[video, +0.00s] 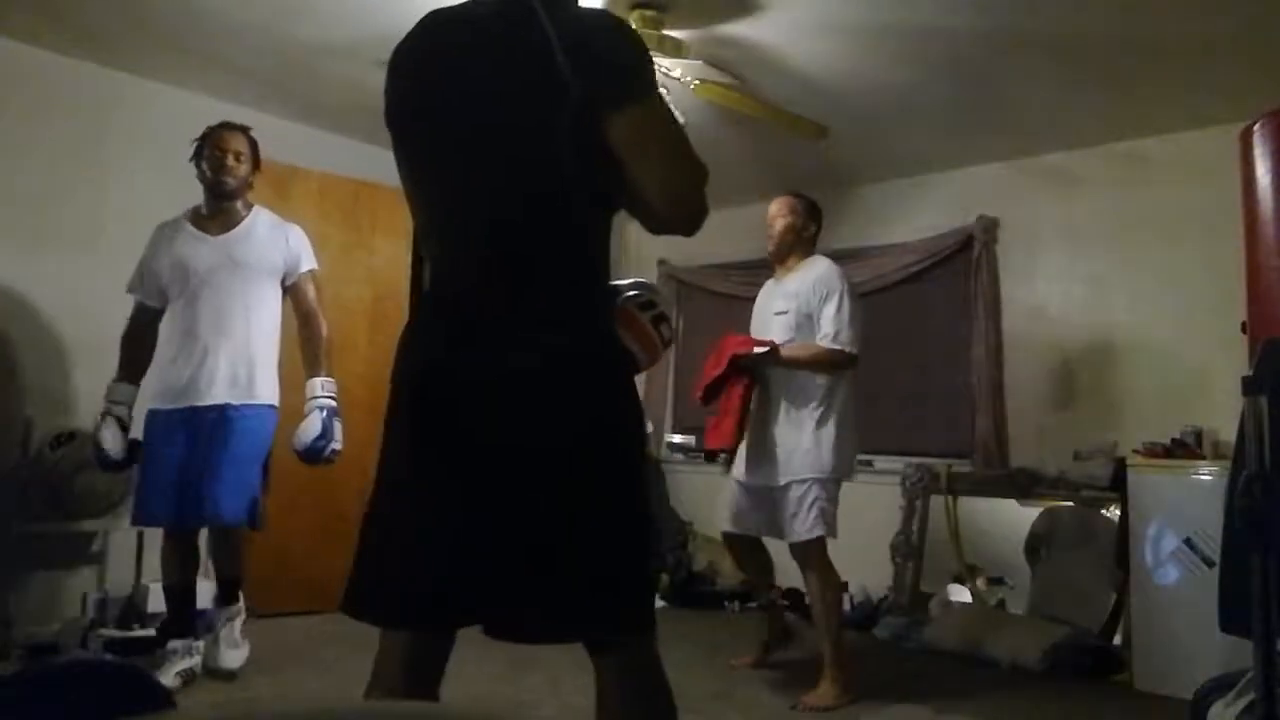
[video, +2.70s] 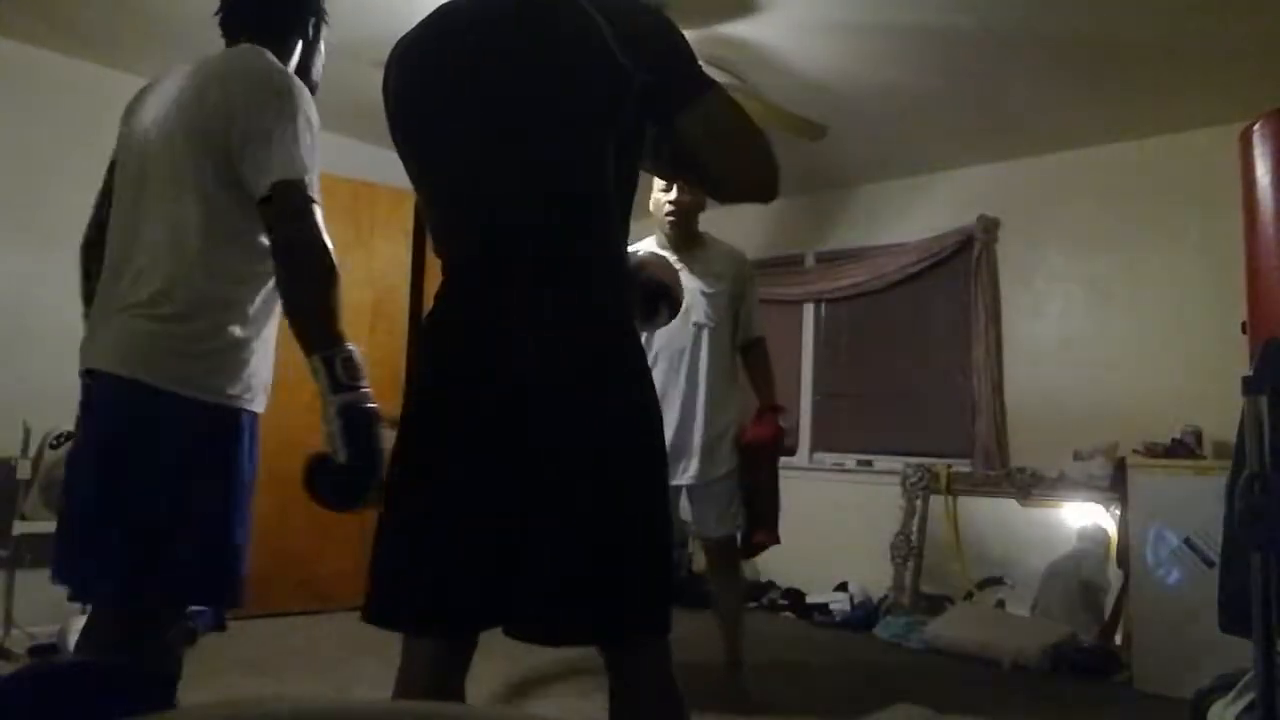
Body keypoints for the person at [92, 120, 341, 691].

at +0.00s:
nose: (225, 164)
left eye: (237, 157)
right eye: (215, 155)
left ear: (254, 172)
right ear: (198, 166)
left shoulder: (282, 238)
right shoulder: (170, 236)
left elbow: (311, 321)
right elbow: (142, 324)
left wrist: (322, 402)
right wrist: (117, 404)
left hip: (245, 401)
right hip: (173, 402)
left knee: (226, 518)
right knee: (177, 525)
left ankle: (229, 615)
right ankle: (181, 642)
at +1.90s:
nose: (283, 65)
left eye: (282, 53)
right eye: (267, 51)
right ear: (214, 58)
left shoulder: (288, 174)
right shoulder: (131, 141)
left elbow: (297, 294)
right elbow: (83, 258)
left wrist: (318, 395)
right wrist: (79, 363)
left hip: (256, 404)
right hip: (153, 400)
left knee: (232, 579)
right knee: (141, 579)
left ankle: (184, 712)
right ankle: (124, 707)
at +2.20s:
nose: (322, 63)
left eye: (317, 47)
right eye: (306, 44)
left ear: (256, 51)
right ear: (256, 47)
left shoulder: (267, 155)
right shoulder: (177, 105)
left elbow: (266, 298)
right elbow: (136, 251)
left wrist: (313, 395)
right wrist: (182, 391)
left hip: (258, 418)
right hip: (193, 414)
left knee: (216, 628)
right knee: (190, 634)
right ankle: (29, 694)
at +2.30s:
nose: (320, 63)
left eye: (317, 48)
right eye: (307, 46)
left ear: (249, 44)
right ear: (263, 44)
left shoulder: (253, 138)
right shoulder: (198, 95)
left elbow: (239, 306)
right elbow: (157, 233)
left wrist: (299, 402)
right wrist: (207, 388)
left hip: (233, 426)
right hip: (190, 422)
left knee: (186, 660)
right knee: (179, 663)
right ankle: (19, 695)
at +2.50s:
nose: (319, 51)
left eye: (317, 31)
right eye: (313, 28)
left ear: (235, 21)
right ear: (287, 24)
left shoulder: (196, 85)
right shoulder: (237, 75)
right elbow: (243, 236)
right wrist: (284, 395)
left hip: (157, 394)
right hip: (184, 400)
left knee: (146, 654)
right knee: (163, 663)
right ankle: (13, 698)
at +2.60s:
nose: (323, 60)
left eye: (324, 40)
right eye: (322, 37)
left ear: (238, 22)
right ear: (296, 29)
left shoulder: (167, 95)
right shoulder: (253, 79)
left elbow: (122, 254)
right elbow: (279, 236)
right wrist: (316, 394)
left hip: (129, 382)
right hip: (187, 395)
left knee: (122, 622)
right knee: (155, 658)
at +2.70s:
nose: (320, 66)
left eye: (321, 48)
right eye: (320, 44)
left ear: (233, 23)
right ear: (303, 33)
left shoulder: (156, 91)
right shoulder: (268, 81)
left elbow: (97, 244)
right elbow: (298, 241)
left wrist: (109, 364)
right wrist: (345, 388)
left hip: (117, 379)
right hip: (193, 389)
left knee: (122, 609)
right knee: (156, 621)